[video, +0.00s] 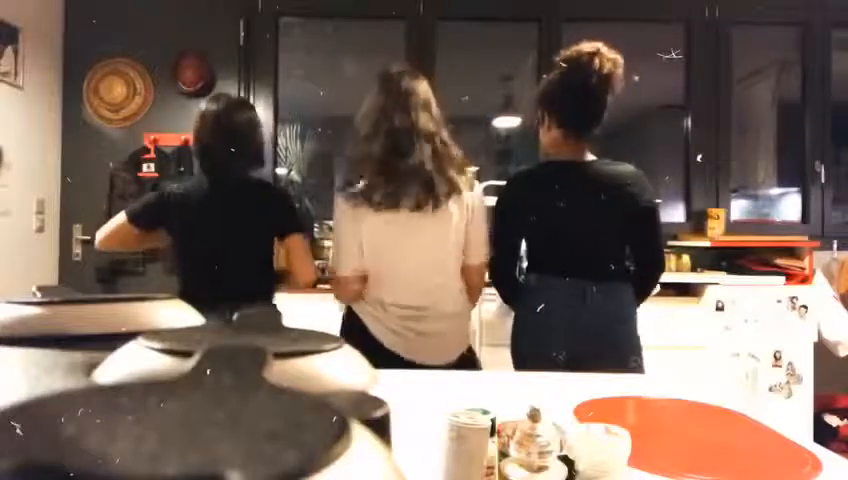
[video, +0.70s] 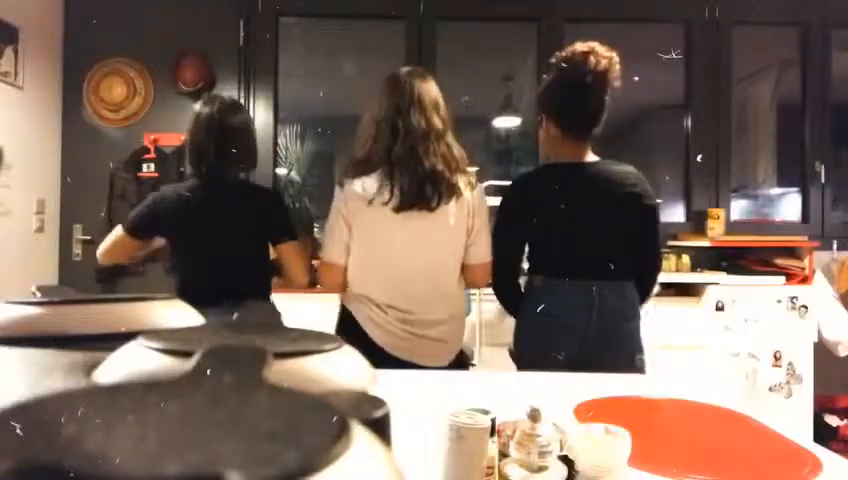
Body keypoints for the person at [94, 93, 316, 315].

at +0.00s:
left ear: (197, 144)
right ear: (256, 144)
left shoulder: (176, 198)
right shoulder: (274, 199)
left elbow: (105, 240)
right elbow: (305, 277)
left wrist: (167, 237)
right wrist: (270, 272)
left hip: (194, 332)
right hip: (260, 334)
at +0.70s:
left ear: (192, 144)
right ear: (247, 145)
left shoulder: (170, 201)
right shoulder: (265, 200)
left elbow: (107, 255)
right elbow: (299, 277)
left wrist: (159, 247)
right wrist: (261, 261)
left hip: (195, 332)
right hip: (260, 331)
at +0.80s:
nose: (255, 153)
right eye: (252, 145)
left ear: (195, 155)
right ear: (248, 154)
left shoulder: (173, 213)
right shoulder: (271, 211)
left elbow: (111, 271)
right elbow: (302, 288)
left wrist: (165, 258)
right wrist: (270, 269)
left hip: (197, 345)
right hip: (262, 345)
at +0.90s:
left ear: (195, 144)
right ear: (250, 142)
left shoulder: (174, 202)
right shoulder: (272, 202)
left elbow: (111, 258)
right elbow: (302, 279)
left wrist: (163, 244)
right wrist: (264, 263)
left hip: (196, 336)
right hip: (260, 337)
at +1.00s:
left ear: (196, 144)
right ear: (250, 142)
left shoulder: (176, 200)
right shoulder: (272, 200)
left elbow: (112, 257)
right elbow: (302, 278)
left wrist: (163, 242)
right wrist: (264, 260)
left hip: (197, 331)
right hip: (262, 331)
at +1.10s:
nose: (184, 165)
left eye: (188, 155)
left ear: (196, 162)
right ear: (249, 158)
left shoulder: (183, 215)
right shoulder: (276, 211)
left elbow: (120, 276)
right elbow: (304, 287)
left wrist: (171, 259)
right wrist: (271, 270)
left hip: (205, 342)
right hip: (266, 342)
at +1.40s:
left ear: (198, 158)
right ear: (253, 153)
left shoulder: (184, 208)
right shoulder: (278, 204)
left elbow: (117, 268)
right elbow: (303, 281)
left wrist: (170, 257)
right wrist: (270, 264)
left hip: (196, 331)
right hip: (261, 332)